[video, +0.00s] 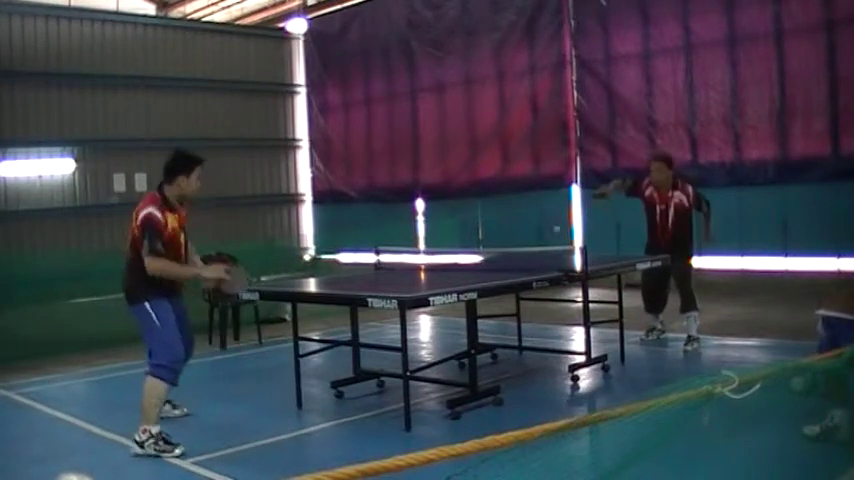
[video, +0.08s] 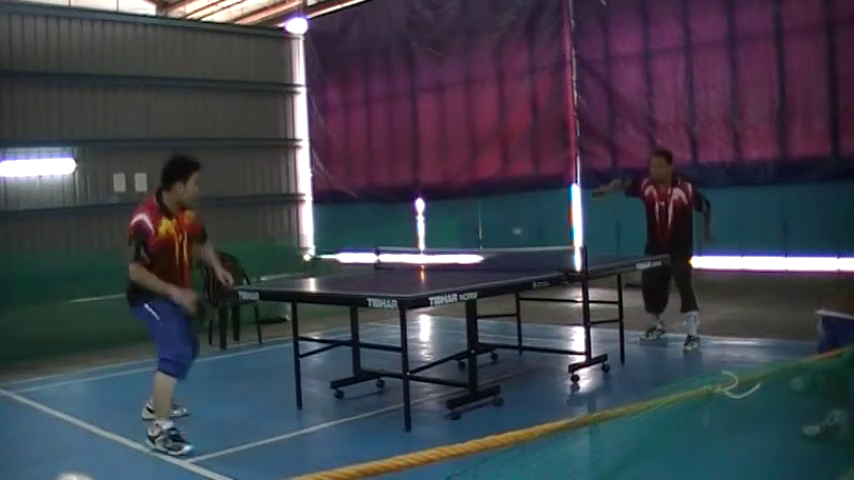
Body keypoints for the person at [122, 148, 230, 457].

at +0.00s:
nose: (199, 184)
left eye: (198, 178)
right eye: (195, 178)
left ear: (178, 179)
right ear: (179, 179)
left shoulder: (176, 209)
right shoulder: (151, 213)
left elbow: (183, 246)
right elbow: (152, 264)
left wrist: (204, 266)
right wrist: (199, 272)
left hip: (168, 290)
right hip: (147, 293)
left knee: (184, 346)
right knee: (168, 353)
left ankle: (159, 401)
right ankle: (147, 432)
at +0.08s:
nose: (197, 190)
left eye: (197, 184)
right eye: (193, 184)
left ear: (179, 185)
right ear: (176, 184)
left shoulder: (188, 215)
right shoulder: (146, 219)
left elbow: (202, 244)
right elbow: (135, 270)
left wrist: (217, 269)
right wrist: (175, 292)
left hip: (176, 294)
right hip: (149, 295)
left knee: (188, 348)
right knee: (174, 350)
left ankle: (158, 404)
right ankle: (160, 427)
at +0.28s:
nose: (204, 215)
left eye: (204, 208)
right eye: (198, 209)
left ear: (183, 212)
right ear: (178, 213)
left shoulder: (209, 235)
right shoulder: (148, 238)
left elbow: (246, 263)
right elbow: (119, 276)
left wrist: (239, 275)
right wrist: (118, 320)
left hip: (189, 309)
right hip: (159, 309)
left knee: (199, 362)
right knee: (193, 359)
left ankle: (156, 405)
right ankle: (202, 433)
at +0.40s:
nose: (209, 227)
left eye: (208, 221)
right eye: (203, 222)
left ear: (187, 228)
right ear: (183, 228)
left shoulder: (218, 242)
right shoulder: (155, 254)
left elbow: (255, 255)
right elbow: (122, 292)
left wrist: (275, 268)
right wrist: (106, 332)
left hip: (201, 315)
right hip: (171, 316)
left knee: (197, 366)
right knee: (206, 362)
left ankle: (157, 405)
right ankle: (206, 434)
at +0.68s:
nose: (229, 213)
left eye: (231, 207)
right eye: (225, 207)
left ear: (204, 206)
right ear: (207, 207)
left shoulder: (186, 221)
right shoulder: (205, 234)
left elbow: (223, 216)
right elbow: (250, 232)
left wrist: (252, 210)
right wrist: (277, 189)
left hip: (182, 310)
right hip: (184, 320)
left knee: (218, 337)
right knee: (235, 358)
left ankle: (190, 391)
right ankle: (211, 433)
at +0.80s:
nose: (234, 213)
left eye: (235, 207)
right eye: (231, 206)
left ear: (204, 201)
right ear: (214, 203)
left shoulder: (181, 226)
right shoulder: (210, 226)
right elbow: (251, 190)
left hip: (175, 318)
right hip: (195, 321)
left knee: (211, 349)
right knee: (248, 365)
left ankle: (195, 407)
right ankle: (213, 433)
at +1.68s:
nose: (140, 150)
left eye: (145, 142)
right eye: (133, 145)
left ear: (158, 144)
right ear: (126, 150)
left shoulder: (182, 183)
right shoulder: (117, 186)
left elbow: (194, 222)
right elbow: (103, 230)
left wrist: (190, 239)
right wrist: (144, 236)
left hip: (180, 286)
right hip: (138, 291)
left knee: (192, 352)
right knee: (149, 360)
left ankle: (194, 412)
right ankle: (160, 422)